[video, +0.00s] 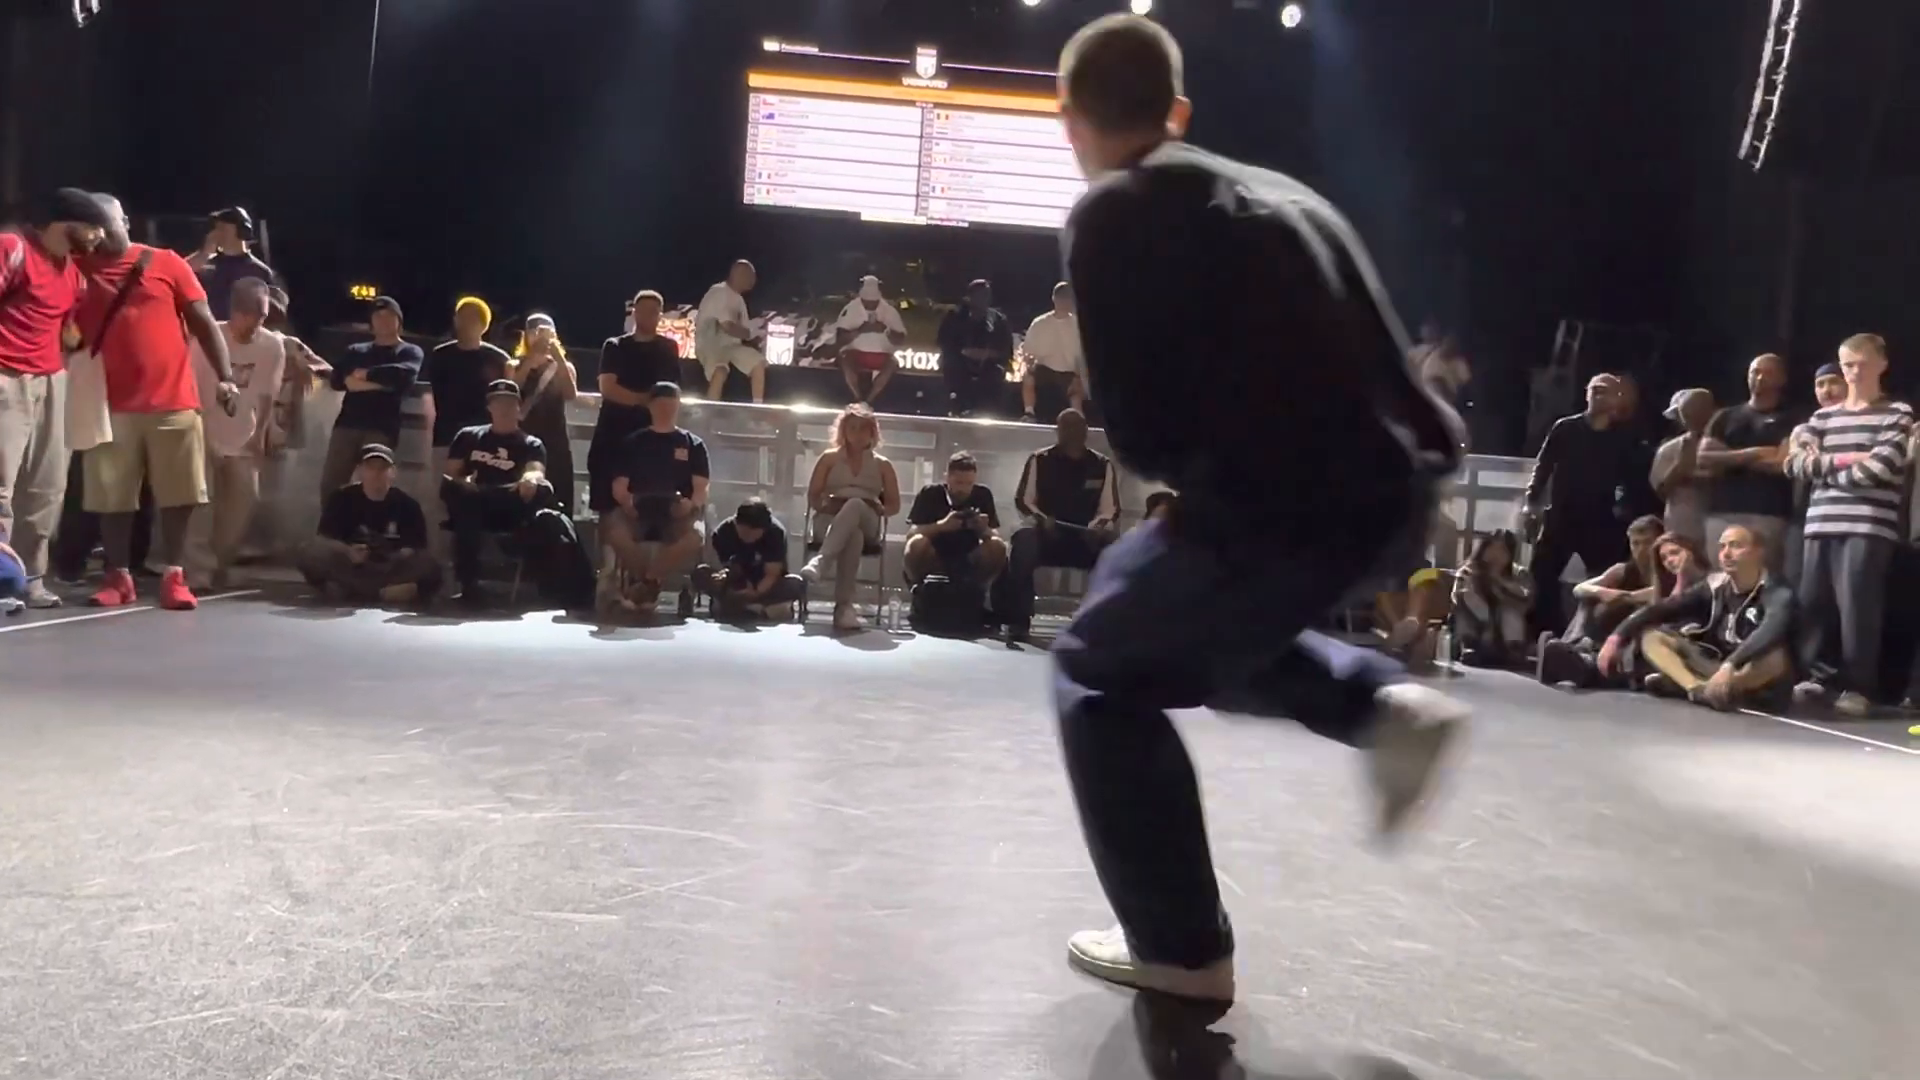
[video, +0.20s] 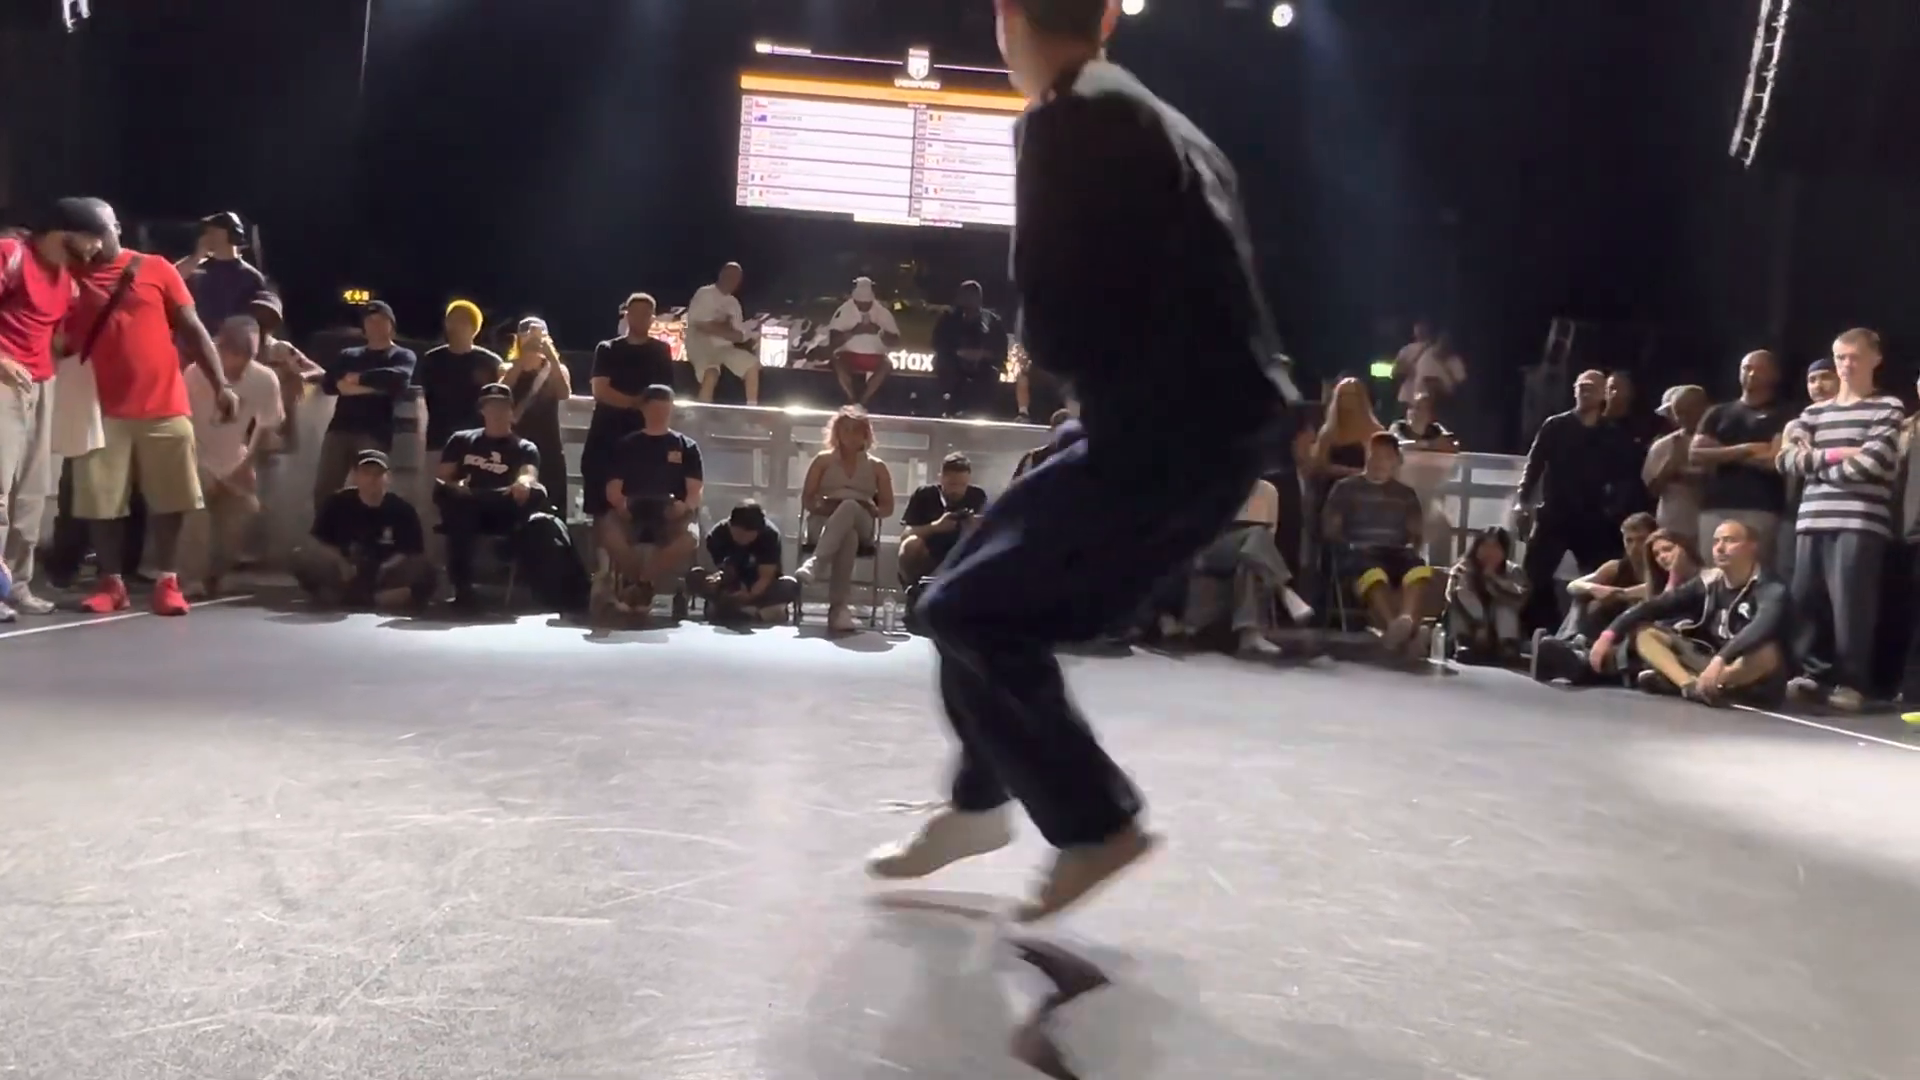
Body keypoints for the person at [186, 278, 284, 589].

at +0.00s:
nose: (256, 322)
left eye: (262, 316)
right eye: (251, 315)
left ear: (265, 314)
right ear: (235, 310)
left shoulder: (273, 346)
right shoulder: (207, 337)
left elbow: (270, 395)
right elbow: (190, 382)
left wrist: (261, 434)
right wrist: (193, 428)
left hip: (245, 437)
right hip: (205, 433)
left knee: (245, 495)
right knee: (202, 501)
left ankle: (221, 555)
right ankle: (197, 569)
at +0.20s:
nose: (233, 359)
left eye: (240, 353)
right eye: (229, 350)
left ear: (251, 354)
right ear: (218, 345)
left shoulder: (264, 379)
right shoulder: (194, 375)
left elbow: (269, 431)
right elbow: (182, 425)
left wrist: (246, 466)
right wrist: (197, 470)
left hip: (237, 470)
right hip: (198, 467)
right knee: (195, 521)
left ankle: (218, 576)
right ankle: (190, 578)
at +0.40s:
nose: (241, 401)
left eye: (248, 395)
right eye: (235, 394)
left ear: (257, 400)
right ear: (223, 397)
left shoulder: (265, 431)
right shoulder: (199, 427)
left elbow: (270, 475)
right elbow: (182, 464)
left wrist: (257, 500)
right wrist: (190, 499)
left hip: (243, 511)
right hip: (204, 510)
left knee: (264, 541)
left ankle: (223, 585)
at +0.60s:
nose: (230, 439)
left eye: (237, 433)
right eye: (225, 432)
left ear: (243, 433)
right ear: (210, 431)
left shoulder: (258, 459)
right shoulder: (189, 455)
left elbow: (261, 500)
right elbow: (183, 501)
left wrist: (246, 524)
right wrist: (207, 519)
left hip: (238, 532)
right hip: (201, 530)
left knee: (265, 544)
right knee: (192, 529)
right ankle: (185, 587)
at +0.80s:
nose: (223, 448)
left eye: (229, 441)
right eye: (216, 441)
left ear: (236, 441)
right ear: (204, 438)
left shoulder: (257, 470)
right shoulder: (187, 466)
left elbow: (264, 519)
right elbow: (183, 513)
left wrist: (253, 541)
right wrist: (204, 528)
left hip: (241, 544)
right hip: (201, 542)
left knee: (269, 566)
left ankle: (221, 586)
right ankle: (189, 595)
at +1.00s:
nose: (228, 447)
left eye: (232, 440)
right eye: (220, 440)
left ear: (238, 444)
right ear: (205, 444)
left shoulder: (259, 479)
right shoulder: (191, 477)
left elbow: (275, 527)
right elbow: (186, 524)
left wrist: (263, 554)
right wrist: (201, 542)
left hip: (244, 560)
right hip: (206, 558)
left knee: (268, 598)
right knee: (199, 548)